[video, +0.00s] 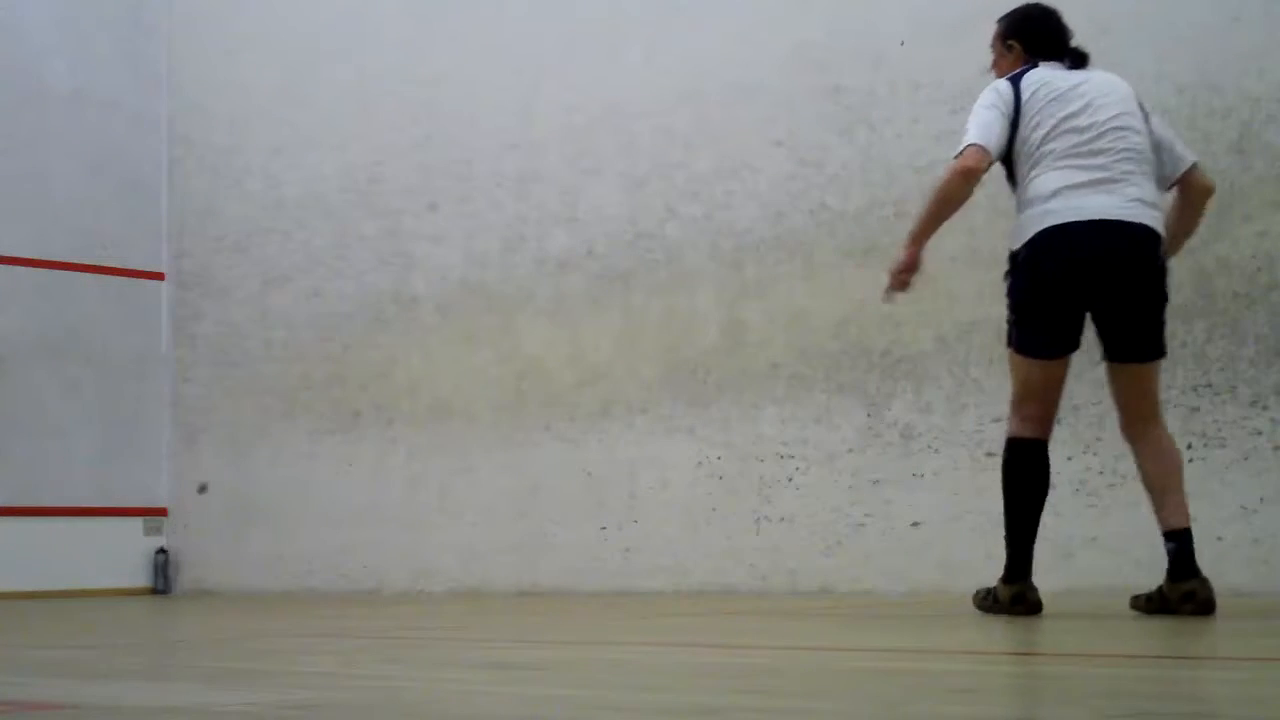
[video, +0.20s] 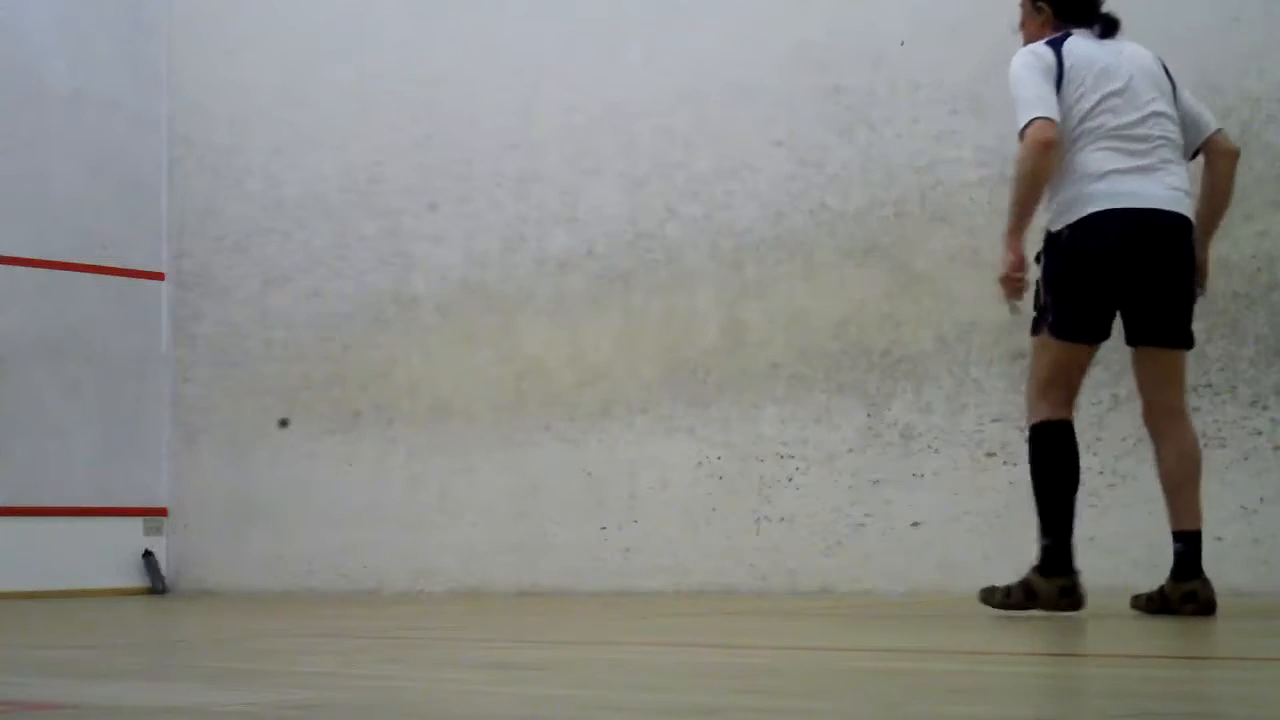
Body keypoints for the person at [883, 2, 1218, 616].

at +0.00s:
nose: (992, 66)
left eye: (995, 55)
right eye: (992, 55)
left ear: (1015, 52)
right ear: (1061, 48)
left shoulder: (1009, 88)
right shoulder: (1119, 90)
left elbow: (970, 166)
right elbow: (1197, 186)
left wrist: (914, 245)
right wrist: (1160, 252)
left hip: (1050, 252)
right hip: (1134, 251)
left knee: (1031, 416)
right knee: (1144, 420)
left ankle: (1017, 581)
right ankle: (1184, 573)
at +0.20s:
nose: (1021, 28)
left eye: (1022, 17)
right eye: (1020, 18)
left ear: (1042, 13)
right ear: (1089, 12)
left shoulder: (1038, 57)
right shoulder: (1148, 61)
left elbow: (1043, 137)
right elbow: (1221, 149)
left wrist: (1013, 236)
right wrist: (1200, 240)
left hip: (1086, 238)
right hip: (1167, 237)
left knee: (1051, 398)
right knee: (1168, 410)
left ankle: (1055, 572)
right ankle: (1188, 575)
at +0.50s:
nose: (1036, 6)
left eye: (1038, 4)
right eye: (1038, 4)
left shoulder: (1057, 26)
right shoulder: (1157, 44)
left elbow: (1066, 131)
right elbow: (1212, 146)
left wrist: (1049, 241)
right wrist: (1195, 245)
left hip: (1102, 244)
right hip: (1168, 248)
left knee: (1094, 401)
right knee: (1171, 410)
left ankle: (1160, 574)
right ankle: (1189, 575)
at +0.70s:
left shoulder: (1058, 11)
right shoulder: (1145, 34)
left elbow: (1029, 118)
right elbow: (1191, 143)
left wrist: (1003, 224)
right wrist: (1174, 241)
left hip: (1095, 227)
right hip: (1147, 229)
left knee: (1108, 395)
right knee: (1127, 395)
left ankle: (1163, 575)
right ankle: (1164, 574)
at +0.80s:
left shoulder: (1053, 9)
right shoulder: (1141, 34)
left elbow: (1015, 118)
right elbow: (1184, 146)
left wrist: (977, 219)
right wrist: (1154, 231)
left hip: (1090, 219)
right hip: (1135, 223)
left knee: (1108, 394)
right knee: (1106, 394)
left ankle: (1159, 573)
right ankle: (1150, 570)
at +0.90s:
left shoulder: (1042, 8)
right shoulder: (1135, 36)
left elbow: (1009, 115)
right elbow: (1177, 153)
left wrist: (962, 217)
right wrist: (1139, 223)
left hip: (1083, 215)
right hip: (1134, 219)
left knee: (1105, 396)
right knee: (1086, 397)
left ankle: (1166, 575)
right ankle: (1111, 568)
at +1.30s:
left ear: (1044, 73)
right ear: (1104, 85)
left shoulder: (1019, 87)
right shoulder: (1144, 119)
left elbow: (973, 172)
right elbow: (1168, 258)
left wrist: (998, 265)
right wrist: (1153, 355)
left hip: (1043, 244)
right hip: (1125, 258)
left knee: (1020, 413)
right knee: (1080, 418)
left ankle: (1048, 561)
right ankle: (1068, 575)